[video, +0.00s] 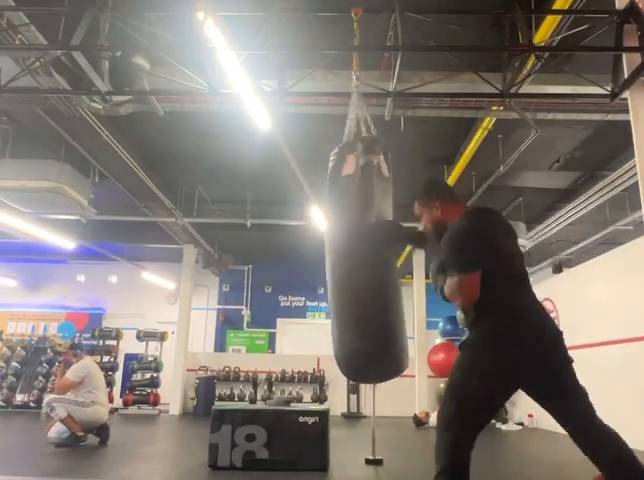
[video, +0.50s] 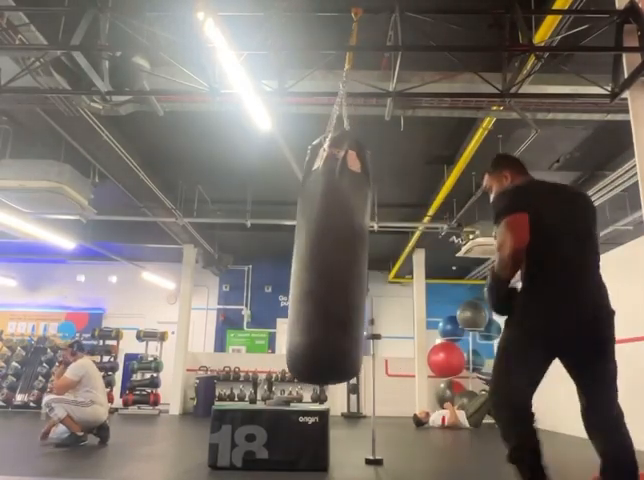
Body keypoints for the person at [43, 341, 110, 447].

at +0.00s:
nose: (64, 358)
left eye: (66, 354)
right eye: (63, 355)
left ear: (75, 353)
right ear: (78, 353)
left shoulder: (83, 365)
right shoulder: (89, 363)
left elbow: (59, 389)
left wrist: (62, 368)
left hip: (94, 410)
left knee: (50, 402)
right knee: (53, 435)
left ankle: (79, 434)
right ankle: (95, 429)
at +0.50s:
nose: (63, 355)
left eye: (65, 351)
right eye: (63, 351)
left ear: (74, 352)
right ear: (78, 352)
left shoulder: (80, 365)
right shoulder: (88, 363)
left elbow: (58, 389)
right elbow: (71, 400)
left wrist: (59, 371)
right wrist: (50, 425)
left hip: (92, 410)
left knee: (49, 402)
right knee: (56, 434)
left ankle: (78, 434)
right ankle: (96, 429)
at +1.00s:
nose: (51, 365)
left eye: (51, 361)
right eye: (50, 362)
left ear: (57, 357)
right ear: (64, 356)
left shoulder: (66, 366)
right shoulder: (73, 365)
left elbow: (56, 391)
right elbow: (60, 406)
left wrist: (38, 388)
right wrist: (47, 434)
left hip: (90, 407)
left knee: (46, 404)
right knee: (57, 436)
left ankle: (78, 433)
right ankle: (95, 428)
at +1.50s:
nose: (43, 368)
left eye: (42, 364)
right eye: (41, 365)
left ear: (44, 358)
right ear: (55, 354)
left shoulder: (55, 364)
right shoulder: (67, 363)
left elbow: (53, 391)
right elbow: (61, 403)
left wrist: (35, 396)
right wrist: (47, 434)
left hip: (87, 403)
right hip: (97, 403)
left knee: (42, 405)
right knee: (59, 433)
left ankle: (77, 432)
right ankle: (98, 426)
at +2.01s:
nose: (45, 373)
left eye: (43, 369)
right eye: (42, 371)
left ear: (48, 362)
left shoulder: (62, 356)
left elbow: (74, 374)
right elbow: (60, 403)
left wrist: (63, 385)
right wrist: (47, 434)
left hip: (111, 370)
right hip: (119, 372)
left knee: (69, 394)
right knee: (88, 404)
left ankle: (79, 435)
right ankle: (118, 428)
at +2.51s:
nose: (59, 349)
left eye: (57, 346)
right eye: (55, 348)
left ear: (60, 337)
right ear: (64, 333)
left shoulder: (71, 340)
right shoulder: (78, 335)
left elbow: (82, 366)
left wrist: (84, 386)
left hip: (116, 356)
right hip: (129, 353)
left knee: (87, 393)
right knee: (110, 394)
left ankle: (81, 434)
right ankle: (123, 431)